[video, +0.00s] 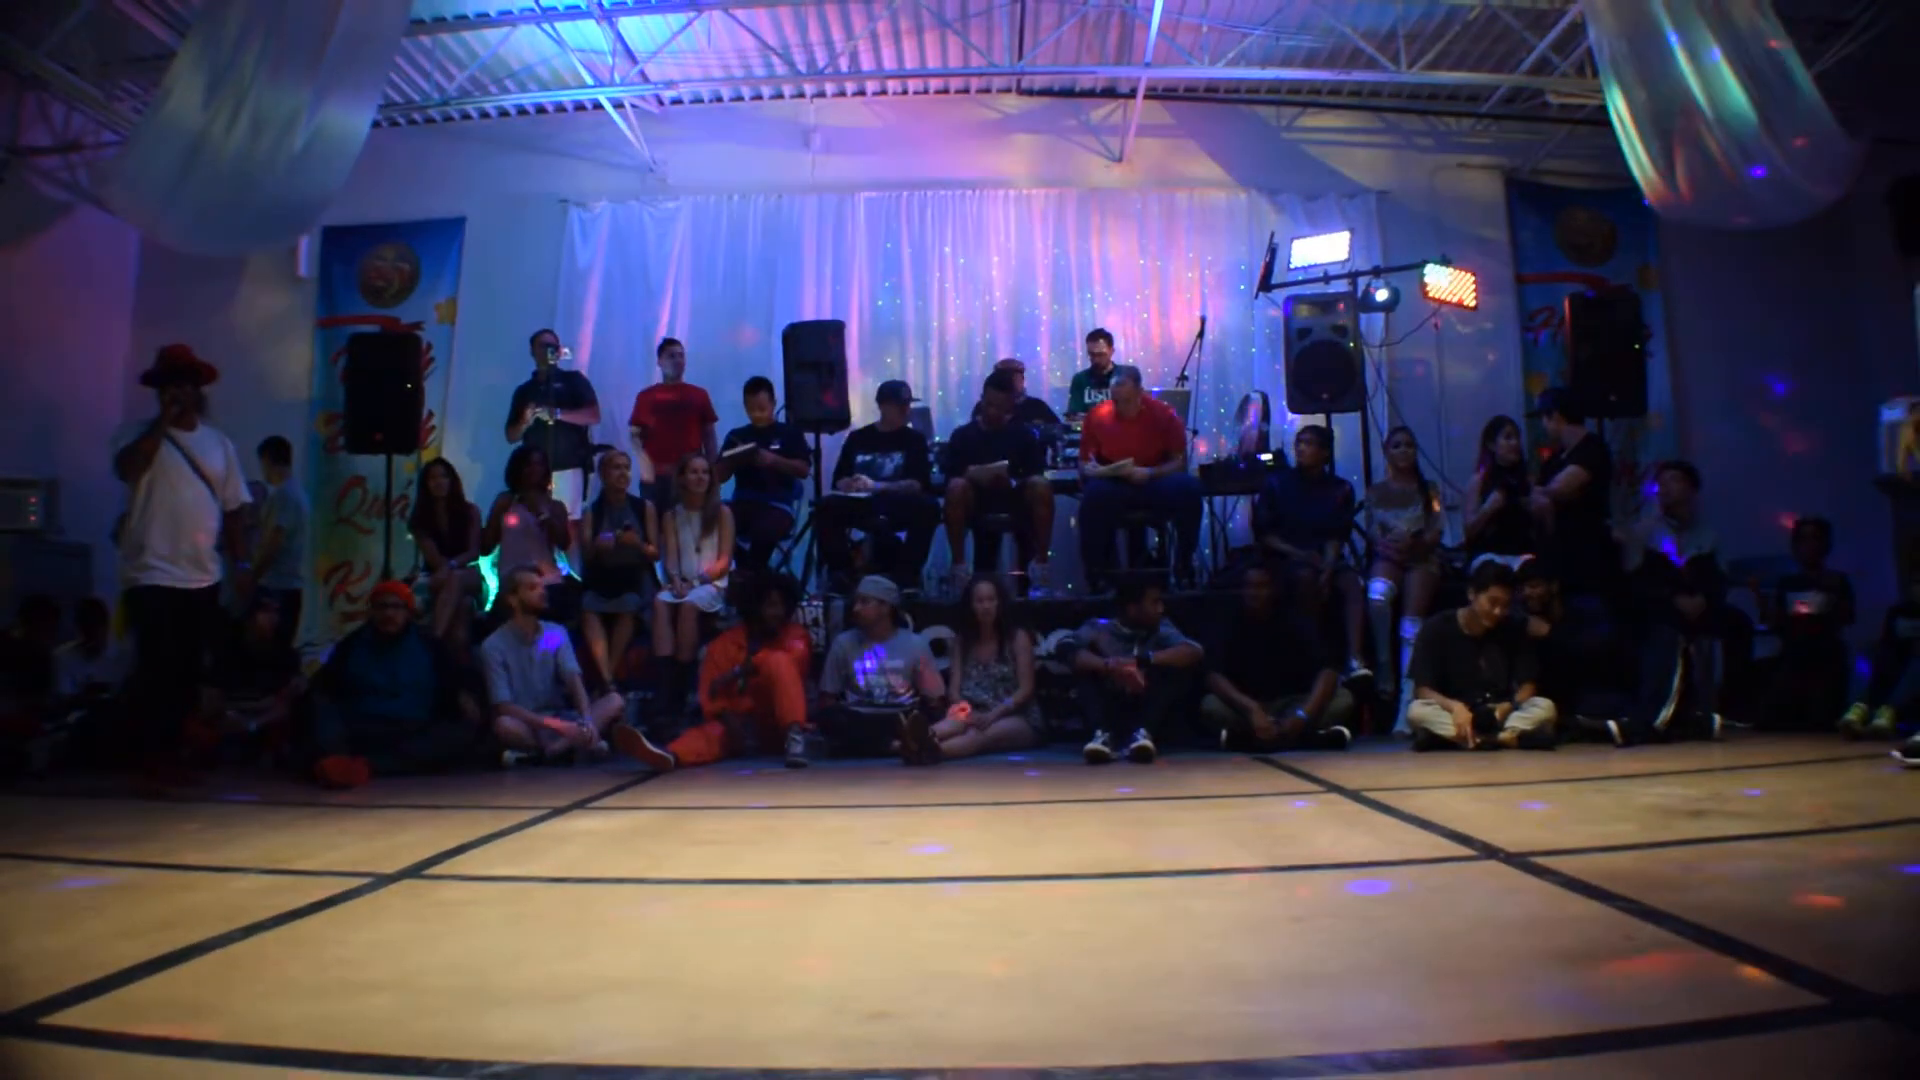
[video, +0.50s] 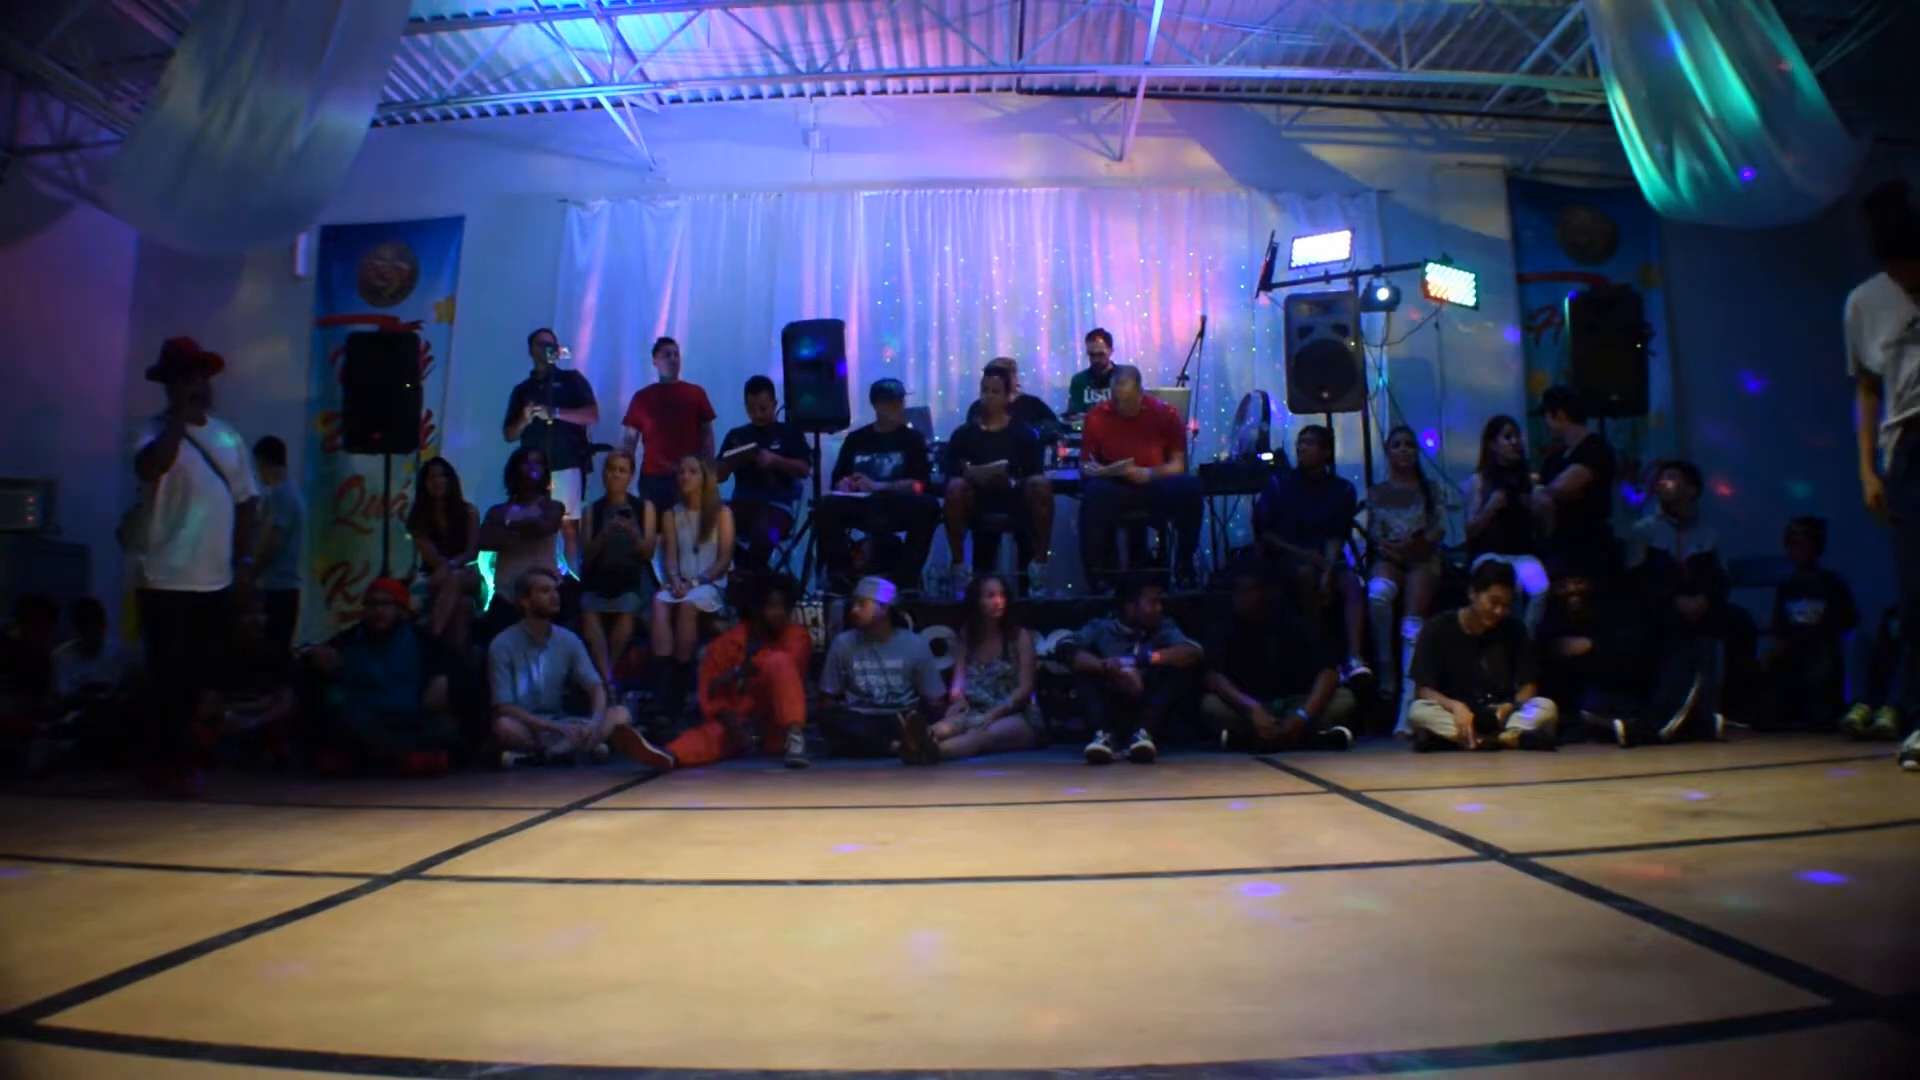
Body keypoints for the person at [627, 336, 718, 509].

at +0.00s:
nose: (677, 361)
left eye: (680, 355)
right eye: (671, 356)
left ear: (685, 360)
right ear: (659, 361)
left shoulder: (699, 395)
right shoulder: (646, 396)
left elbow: (709, 435)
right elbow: (635, 434)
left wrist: (712, 470)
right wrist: (644, 462)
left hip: (691, 477)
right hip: (656, 477)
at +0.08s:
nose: (674, 361)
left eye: (678, 356)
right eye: (668, 357)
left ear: (682, 360)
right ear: (657, 362)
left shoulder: (697, 395)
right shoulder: (644, 398)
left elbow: (708, 435)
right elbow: (634, 436)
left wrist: (709, 471)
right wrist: (643, 471)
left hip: (690, 477)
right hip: (656, 478)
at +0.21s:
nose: (671, 361)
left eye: (674, 356)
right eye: (665, 356)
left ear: (678, 360)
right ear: (653, 362)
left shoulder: (694, 395)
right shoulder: (641, 398)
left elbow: (705, 435)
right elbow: (632, 441)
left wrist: (706, 473)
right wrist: (628, 477)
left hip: (688, 479)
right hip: (653, 478)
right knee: (651, 537)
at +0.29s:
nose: (670, 361)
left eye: (673, 356)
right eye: (664, 356)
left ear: (678, 360)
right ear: (653, 362)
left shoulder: (694, 394)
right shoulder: (640, 398)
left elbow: (705, 435)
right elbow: (631, 441)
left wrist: (705, 473)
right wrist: (623, 481)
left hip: (687, 479)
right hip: (653, 478)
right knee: (651, 536)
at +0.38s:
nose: (671, 360)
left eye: (674, 355)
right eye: (664, 356)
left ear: (678, 359)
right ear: (653, 361)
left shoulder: (695, 394)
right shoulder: (641, 398)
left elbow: (706, 435)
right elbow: (629, 441)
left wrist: (706, 472)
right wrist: (622, 480)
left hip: (688, 479)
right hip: (654, 478)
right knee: (652, 535)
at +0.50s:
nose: (673, 359)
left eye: (676, 354)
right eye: (667, 355)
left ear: (680, 359)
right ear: (655, 361)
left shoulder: (696, 393)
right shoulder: (642, 397)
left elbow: (707, 435)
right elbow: (630, 440)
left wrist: (709, 472)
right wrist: (624, 479)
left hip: (689, 478)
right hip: (654, 477)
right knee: (652, 536)